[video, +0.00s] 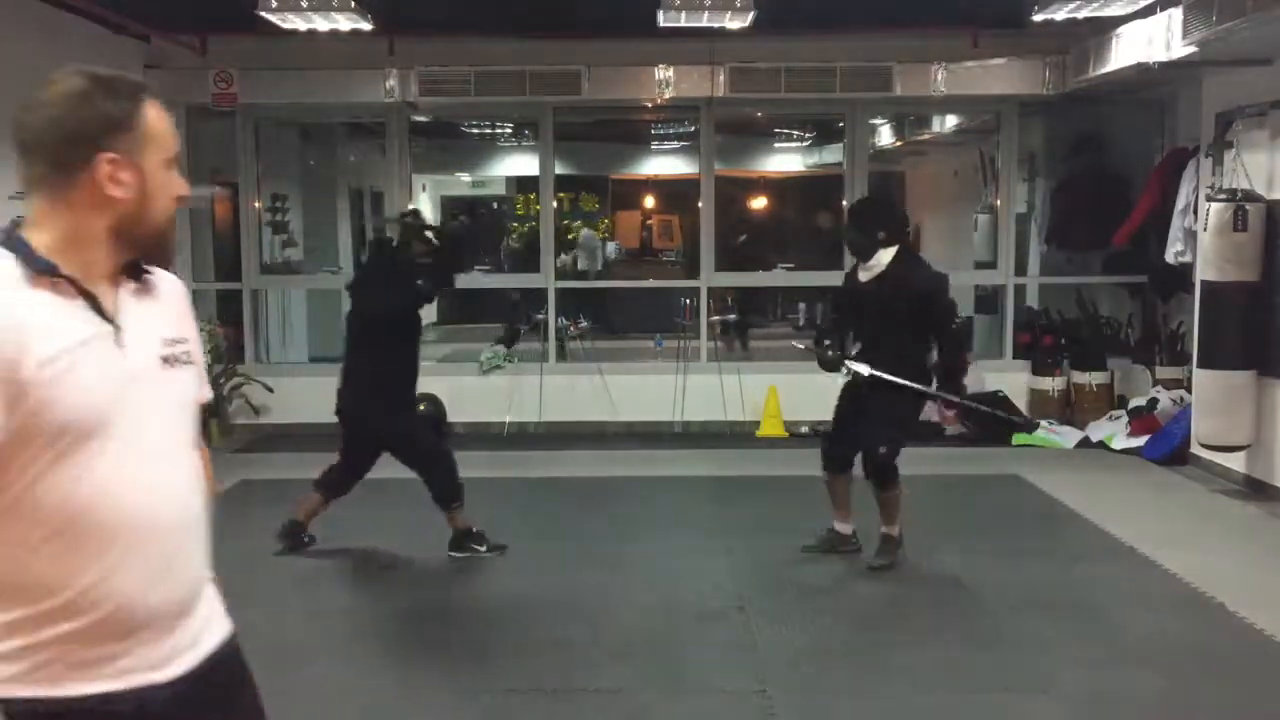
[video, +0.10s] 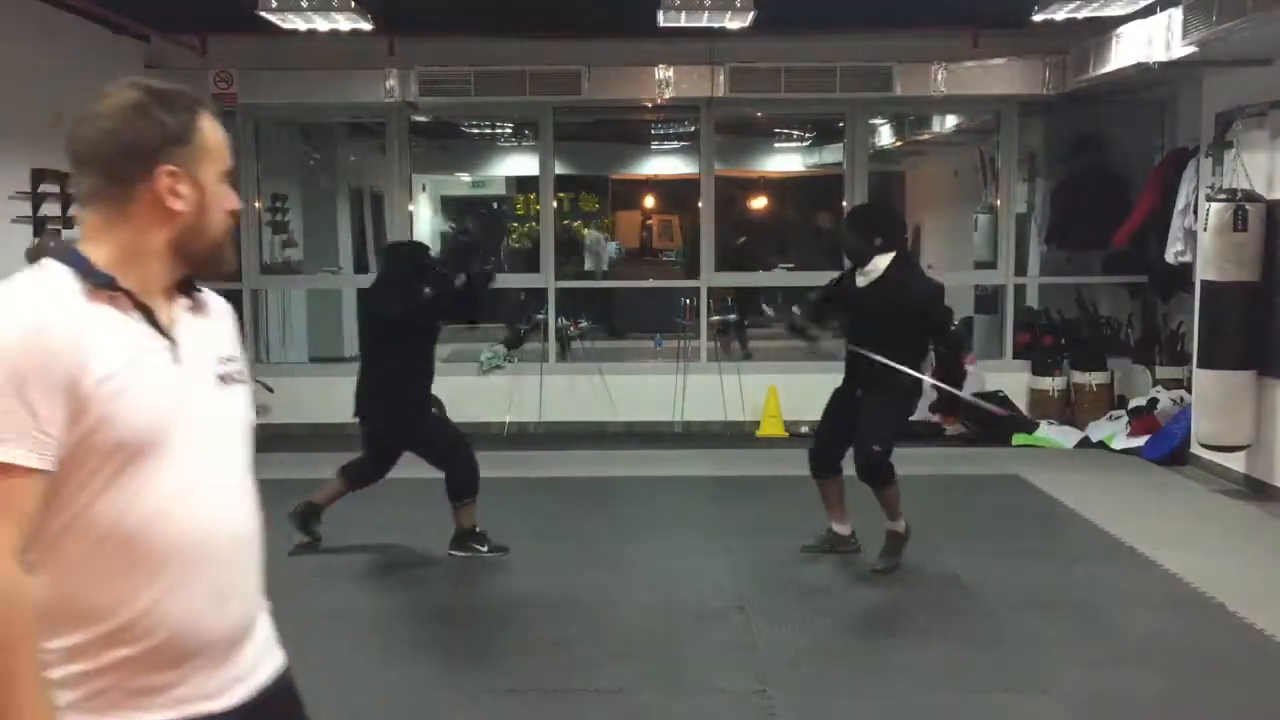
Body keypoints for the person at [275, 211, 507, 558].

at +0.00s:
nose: (427, 260)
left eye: (428, 254)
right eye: (422, 254)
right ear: (407, 256)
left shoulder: (370, 287)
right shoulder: (393, 292)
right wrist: (428, 282)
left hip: (360, 403)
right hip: (385, 405)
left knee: (350, 467)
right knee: (437, 462)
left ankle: (296, 524)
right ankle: (462, 533)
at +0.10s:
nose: (430, 275)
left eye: (430, 270)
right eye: (426, 270)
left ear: (388, 267)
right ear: (414, 271)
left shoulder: (370, 298)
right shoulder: (417, 301)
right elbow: (466, 311)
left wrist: (422, 396)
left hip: (374, 405)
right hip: (406, 407)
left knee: (375, 463)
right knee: (459, 454)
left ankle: (312, 507)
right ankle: (466, 533)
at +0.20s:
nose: (440, 277)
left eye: (438, 271)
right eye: (435, 271)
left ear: (402, 270)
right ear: (427, 272)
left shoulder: (390, 304)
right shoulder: (424, 303)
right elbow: (465, 342)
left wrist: (430, 399)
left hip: (382, 404)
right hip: (409, 405)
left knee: (394, 458)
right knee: (462, 453)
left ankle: (334, 499)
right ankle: (466, 532)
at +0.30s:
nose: (438, 283)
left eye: (437, 277)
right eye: (434, 276)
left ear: (401, 277)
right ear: (423, 278)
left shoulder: (388, 316)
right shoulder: (426, 312)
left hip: (386, 407)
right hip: (411, 407)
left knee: (406, 456)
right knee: (464, 453)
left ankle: (352, 504)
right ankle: (466, 532)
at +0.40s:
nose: (437, 281)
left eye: (435, 275)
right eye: (432, 275)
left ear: (399, 276)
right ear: (420, 278)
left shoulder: (394, 305)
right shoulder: (416, 308)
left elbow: (439, 347)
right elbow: (439, 352)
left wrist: (478, 367)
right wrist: (481, 369)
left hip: (391, 402)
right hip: (412, 405)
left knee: (403, 459)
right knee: (461, 452)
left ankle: (347, 504)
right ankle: (466, 532)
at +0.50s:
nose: (430, 276)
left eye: (428, 269)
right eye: (425, 269)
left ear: (389, 271)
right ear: (413, 272)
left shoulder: (374, 302)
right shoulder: (409, 306)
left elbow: (438, 338)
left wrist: (469, 357)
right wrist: (462, 362)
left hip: (380, 395)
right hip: (410, 398)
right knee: (445, 456)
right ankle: (463, 529)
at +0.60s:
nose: (422, 264)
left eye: (421, 257)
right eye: (416, 258)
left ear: (385, 261)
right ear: (400, 262)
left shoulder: (413, 298)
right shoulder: (375, 301)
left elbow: (432, 330)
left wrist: (453, 344)